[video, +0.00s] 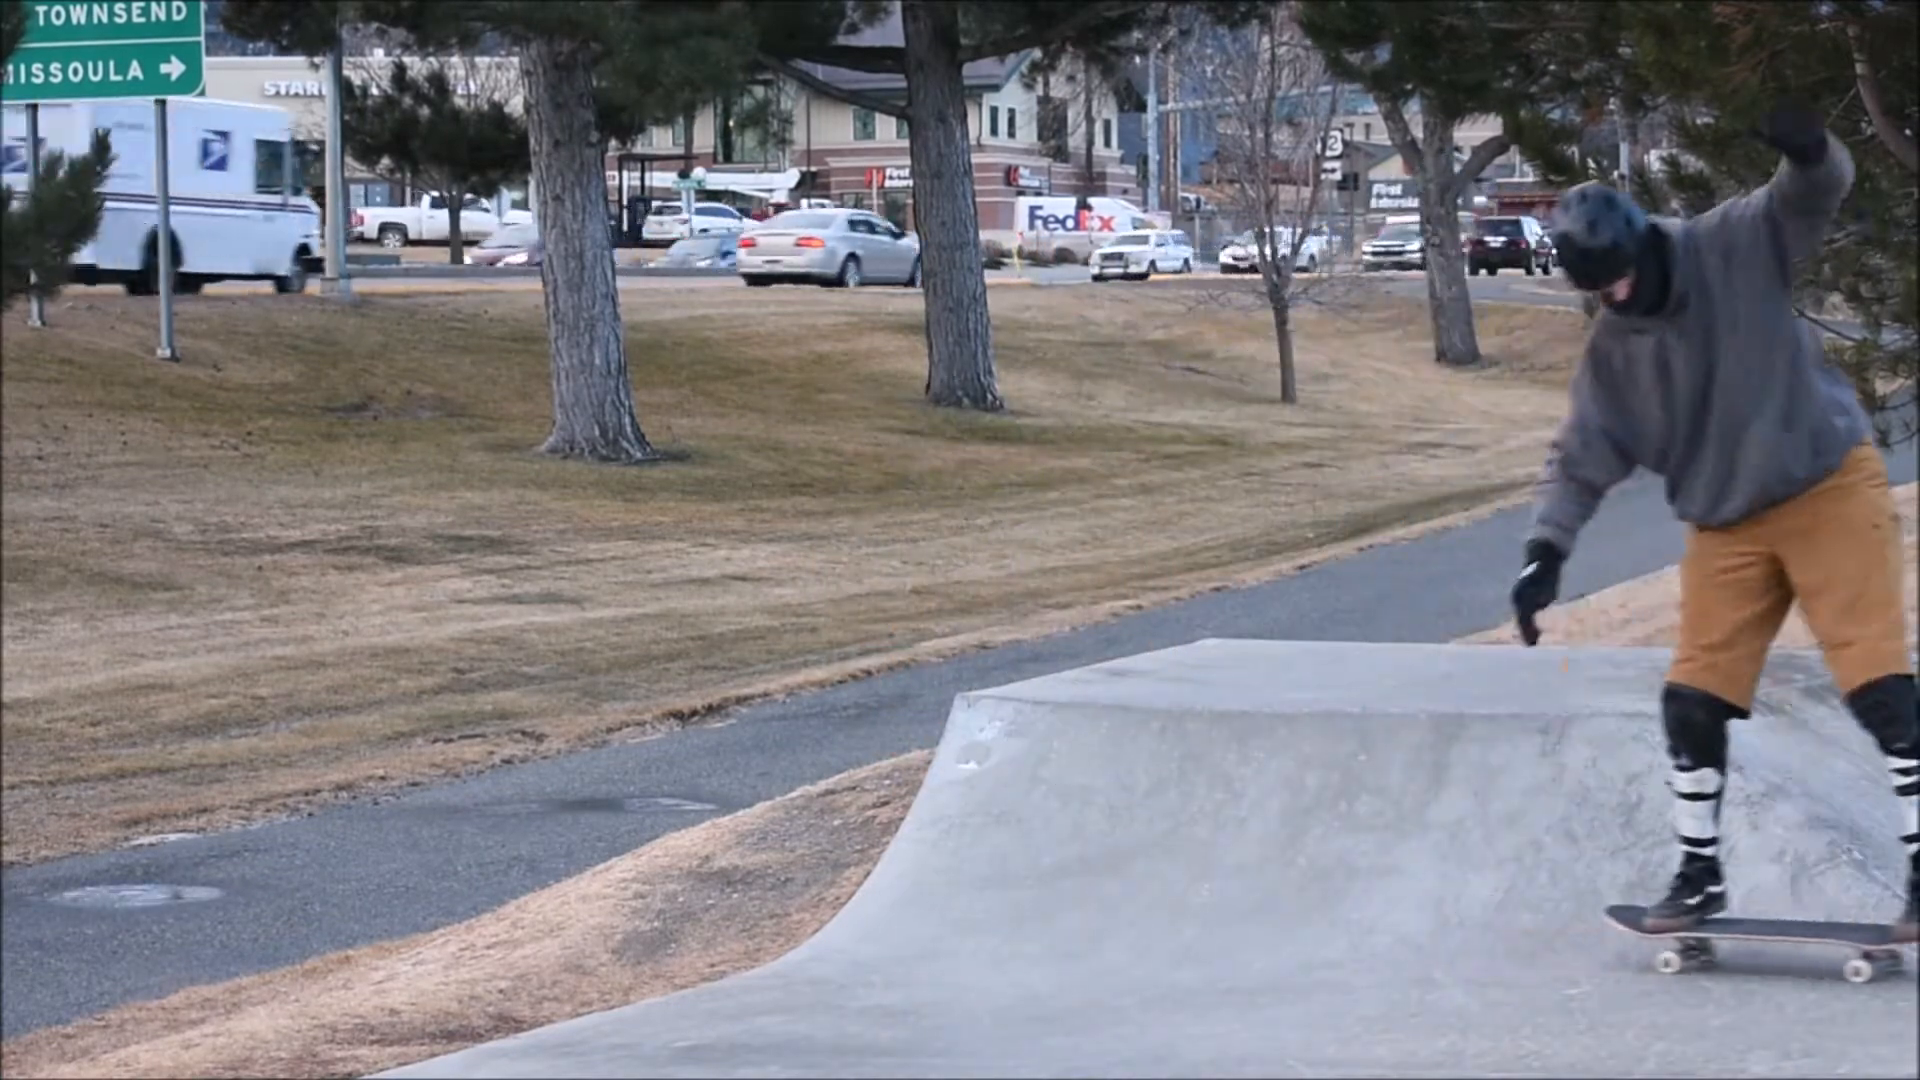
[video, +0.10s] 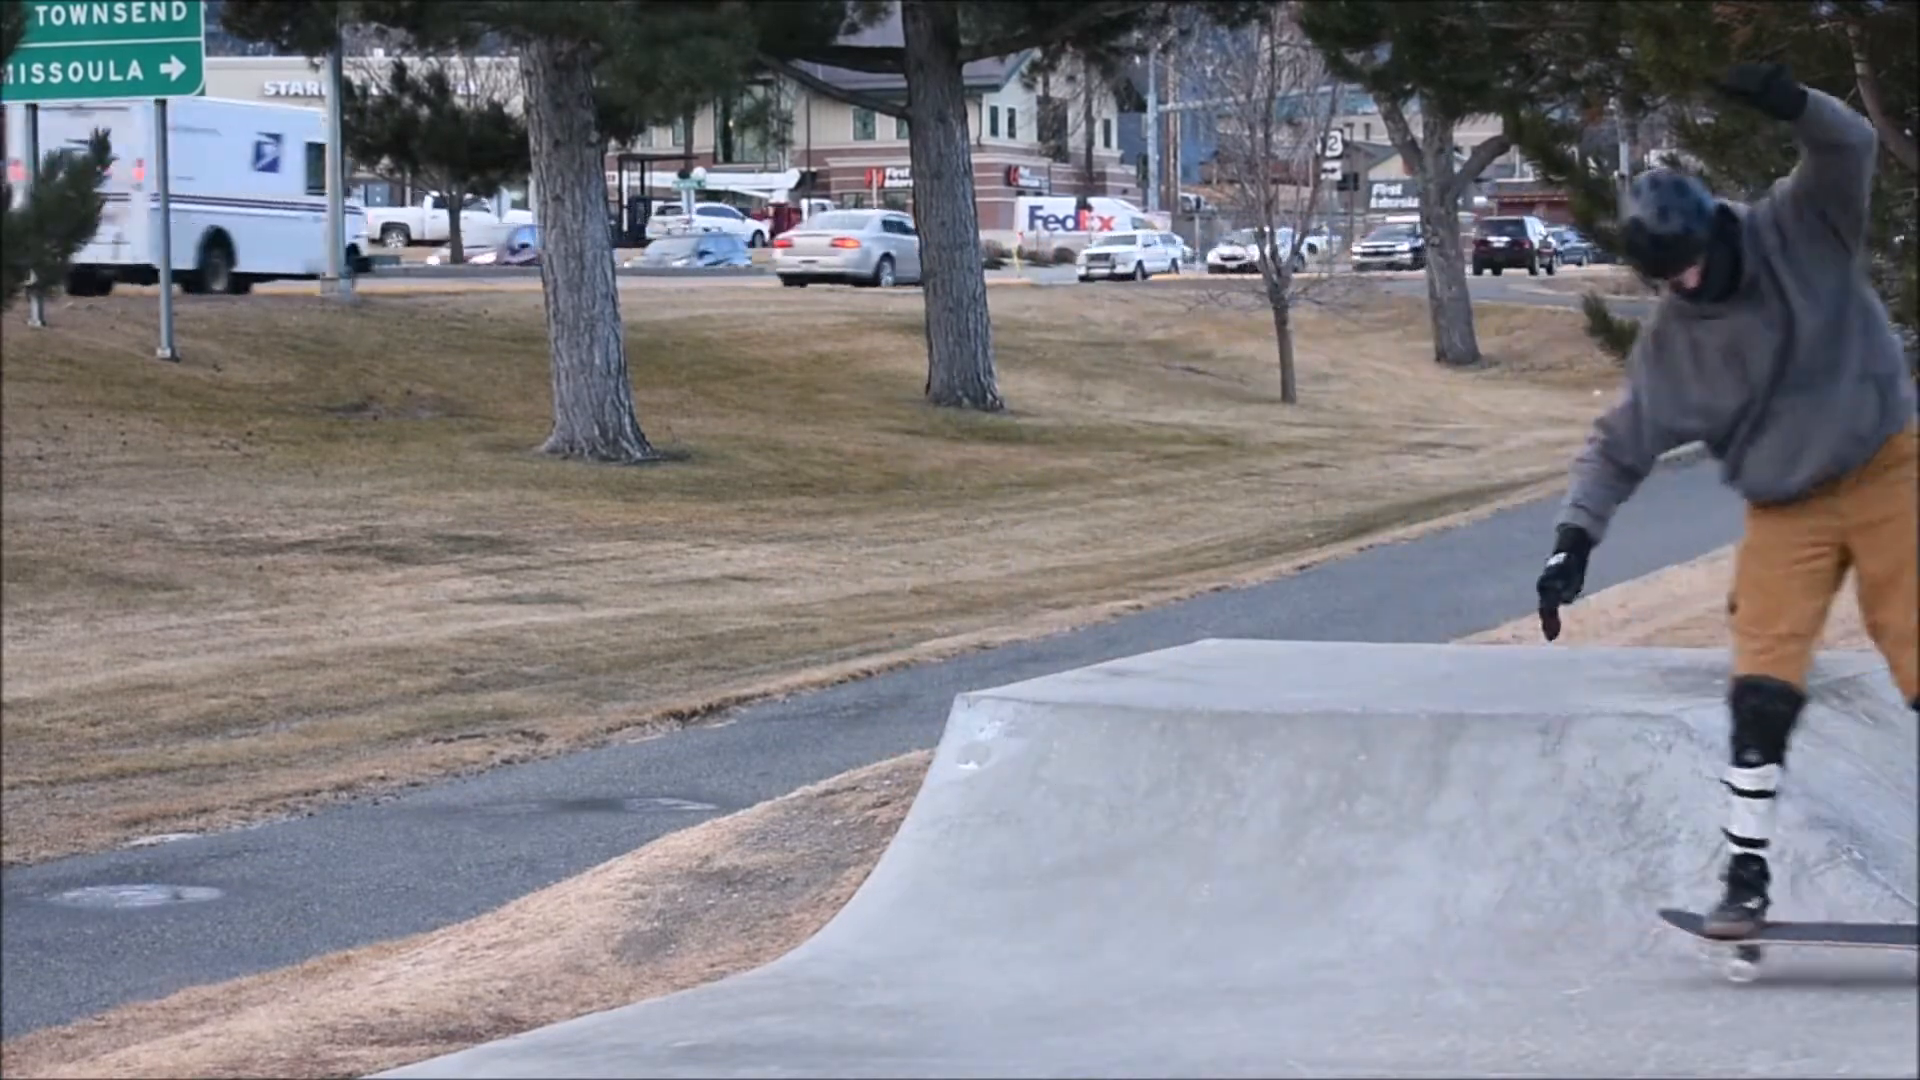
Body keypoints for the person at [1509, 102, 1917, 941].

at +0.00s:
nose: (1615, 294)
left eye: (1620, 274)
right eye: (1597, 288)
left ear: (1646, 241)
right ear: (1583, 283)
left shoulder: (1727, 242)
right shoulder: (1610, 361)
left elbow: (1806, 204)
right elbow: (1580, 463)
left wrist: (1810, 154)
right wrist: (1545, 553)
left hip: (1831, 485)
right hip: (1725, 524)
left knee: (1881, 692)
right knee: (1693, 710)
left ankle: (1919, 858)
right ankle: (1699, 876)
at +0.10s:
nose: (1685, 281)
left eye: (1689, 260)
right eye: (1666, 277)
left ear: (1715, 224)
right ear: (1650, 277)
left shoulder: (1800, 227)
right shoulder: (1669, 354)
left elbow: (1850, 150)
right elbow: (1615, 452)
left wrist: (1794, 104)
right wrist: (1574, 542)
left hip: (1892, 473)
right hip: (1785, 509)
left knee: (1917, 674)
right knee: (1760, 701)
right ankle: (1745, 880)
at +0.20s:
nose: (1751, 290)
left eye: (1757, 269)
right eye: (1732, 283)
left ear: (1782, 239)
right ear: (1712, 283)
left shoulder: (1845, 248)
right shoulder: (1722, 365)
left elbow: (1883, 178)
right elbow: (1661, 467)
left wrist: (1787, 138)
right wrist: (1606, 566)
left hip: (1919, 485)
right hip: (1844, 521)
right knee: (1858, 703)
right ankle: (1833, 888)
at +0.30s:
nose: (1809, 300)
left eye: (1817, 281)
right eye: (1790, 291)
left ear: (1842, 255)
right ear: (1767, 287)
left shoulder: (1898, 269)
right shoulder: (1779, 361)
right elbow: (1733, 474)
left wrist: (1853, 235)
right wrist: (1690, 590)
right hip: (1885, 535)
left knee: (1906, 706)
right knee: (1906, 704)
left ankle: (1886, 888)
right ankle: (1883, 890)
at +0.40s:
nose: (1872, 299)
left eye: (1881, 280)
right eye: (1853, 289)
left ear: (1904, 255)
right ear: (1831, 279)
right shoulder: (1840, 332)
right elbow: (1792, 463)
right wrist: (1774, 591)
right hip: (1912, 539)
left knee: (1918, 709)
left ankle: (1902, 885)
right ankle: (1901, 886)